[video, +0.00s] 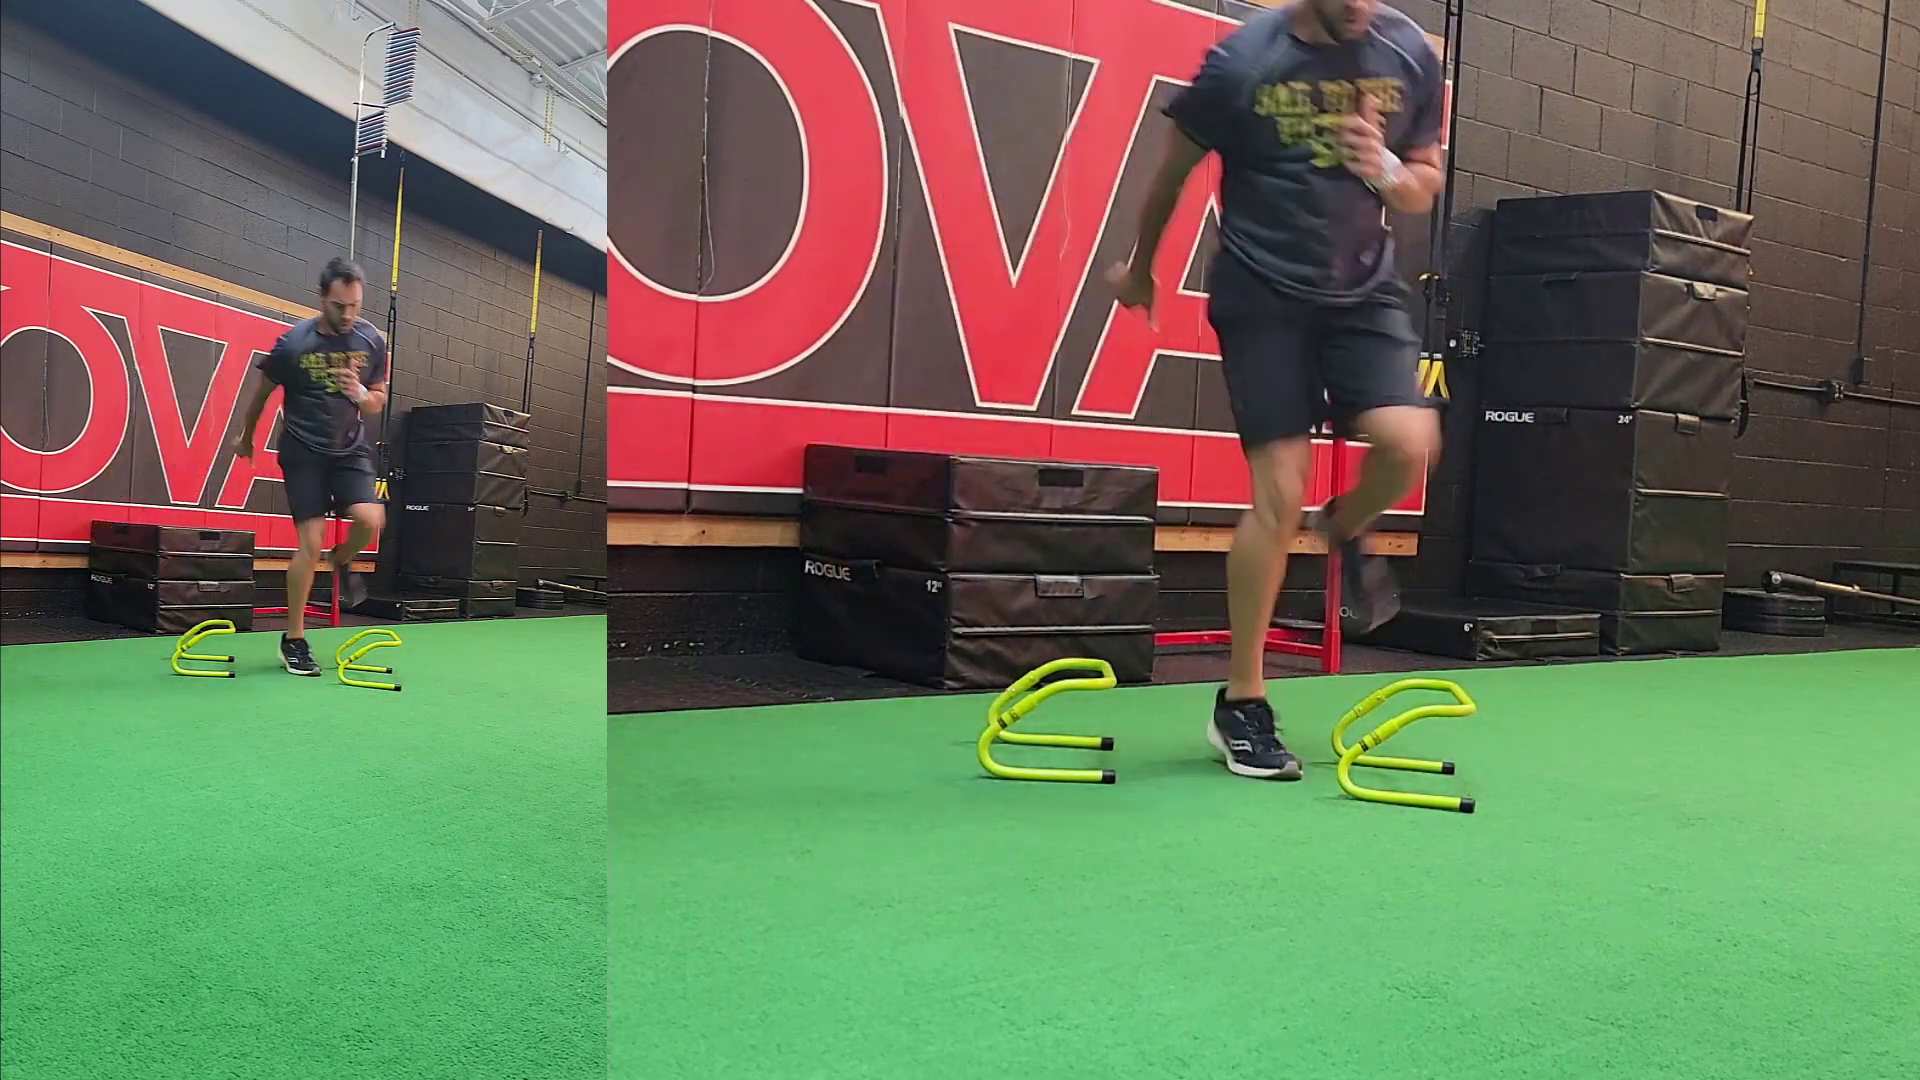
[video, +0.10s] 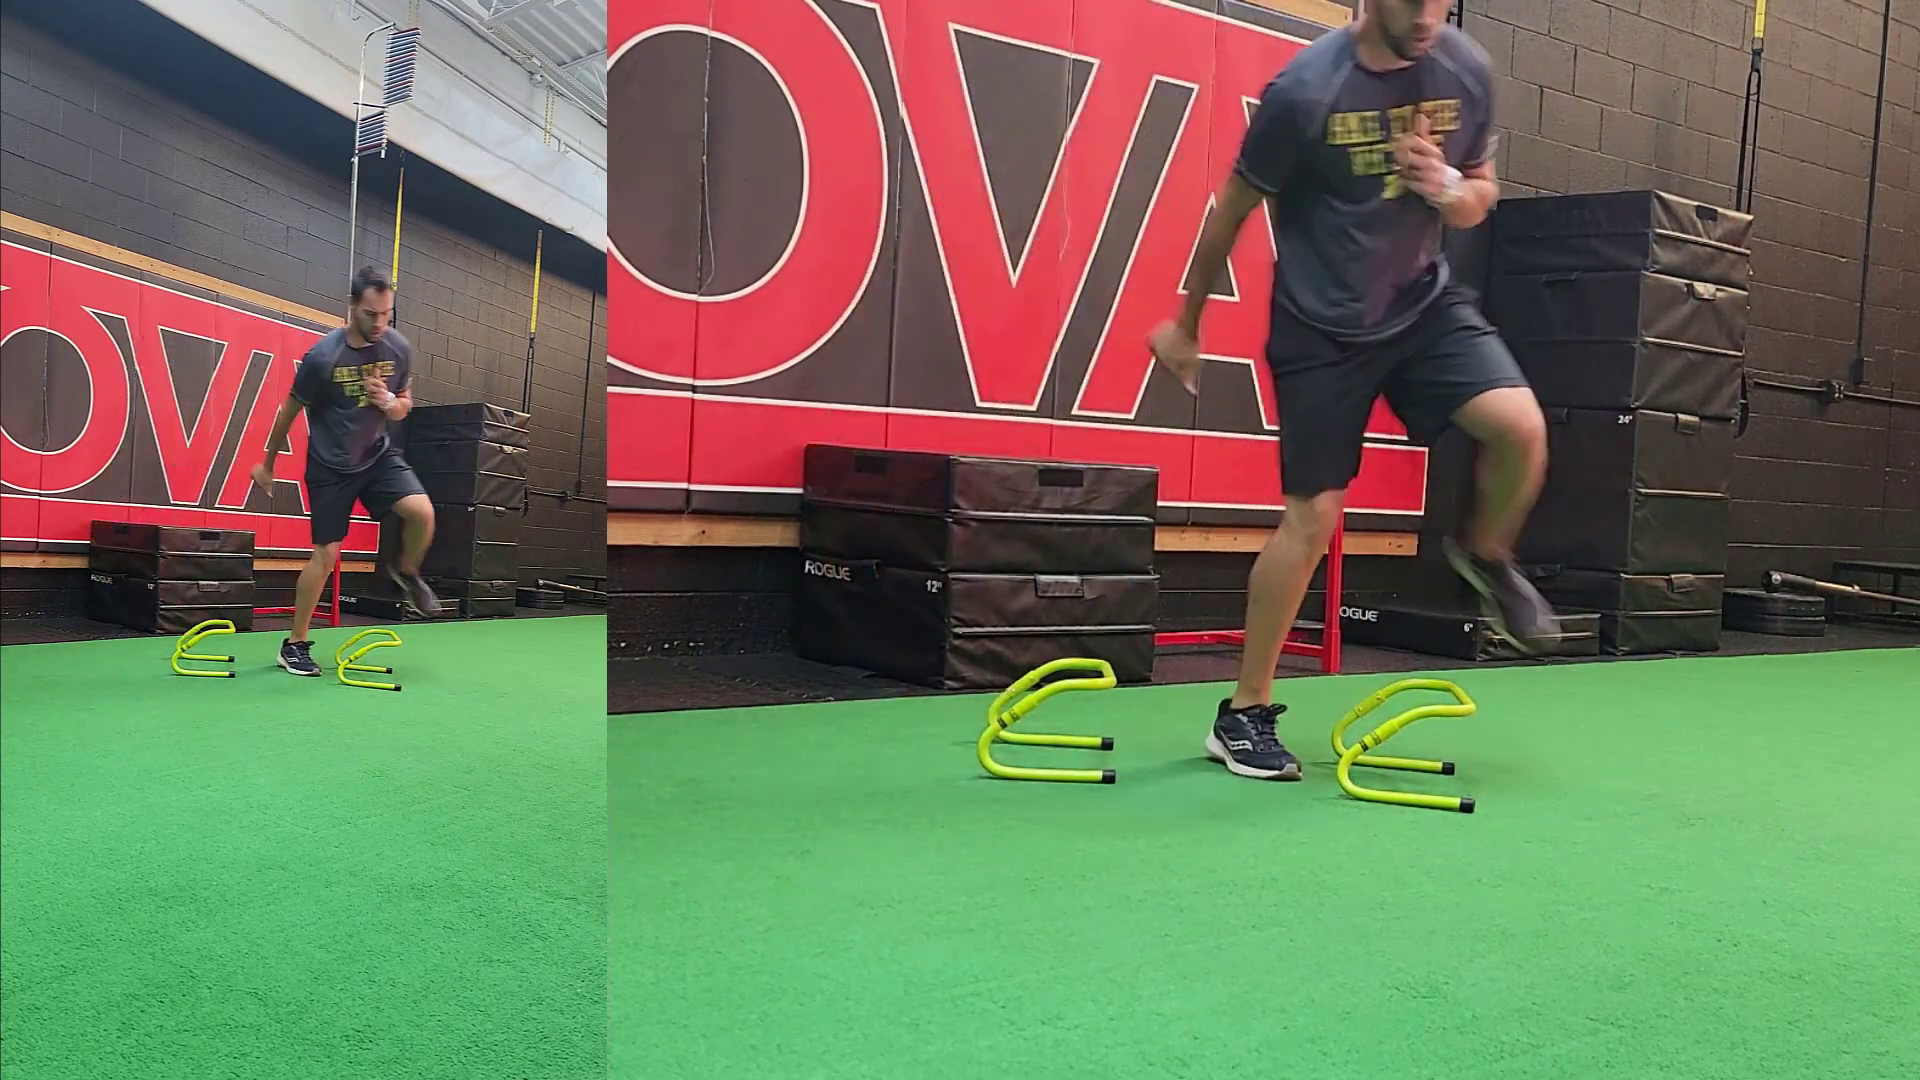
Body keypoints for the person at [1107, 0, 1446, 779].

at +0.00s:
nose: (1365, 5)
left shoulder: (1413, 56)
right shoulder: (1242, 62)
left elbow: (1427, 189)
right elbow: (1172, 167)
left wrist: (1390, 174)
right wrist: (1140, 266)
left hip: (1369, 293)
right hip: (1264, 296)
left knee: (1409, 448)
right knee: (1281, 500)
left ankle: (1338, 531)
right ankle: (1243, 701)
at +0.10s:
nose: (1430, 17)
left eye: (1441, 3)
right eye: (1413, 3)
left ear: (1452, 3)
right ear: (1367, 0)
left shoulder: (1467, 70)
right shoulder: (1303, 94)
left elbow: (1479, 201)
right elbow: (1233, 202)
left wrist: (1447, 187)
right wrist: (1184, 320)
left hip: (1427, 308)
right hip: (1323, 330)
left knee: (1520, 427)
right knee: (1311, 522)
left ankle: (1486, 555)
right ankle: (1247, 711)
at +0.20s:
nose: (1489, 27)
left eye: (1501, 12)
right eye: (1472, 10)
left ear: (1514, 11)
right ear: (1432, 6)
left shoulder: (1528, 66)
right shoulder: (1363, 93)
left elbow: (1538, 174)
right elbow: (1305, 224)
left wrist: (1536, 246)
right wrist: (1307, 365)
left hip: (1487, 297)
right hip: (1385, 307)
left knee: (1554, 465)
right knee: (1393, 471)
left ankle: (1611, 656)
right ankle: (1293, 639)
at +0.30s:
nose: (1552, 80)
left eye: (1565, 61)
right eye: (1532, 62)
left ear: (1578, 44)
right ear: (1488, 45)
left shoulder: (1589, 121)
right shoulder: (1426, 144)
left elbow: (1603, 227)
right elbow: (1379, 284)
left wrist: (1615, 342)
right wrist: (1465, 343)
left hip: (1552, 341)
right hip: (1445, 340)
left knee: (1587, 519)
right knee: (1481, 480)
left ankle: (1632, 716)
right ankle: (1435, 494)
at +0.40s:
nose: (1604, 148)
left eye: (1617, 129)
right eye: (1587, 128)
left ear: (1630, 114)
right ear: (1546, 104)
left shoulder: (1641, 172)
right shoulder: (1478, 197)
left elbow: (1650, 251)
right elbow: (1460, 356)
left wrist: (1639, 326)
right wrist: (1562, 307)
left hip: (1593, 385)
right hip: (1487, 389)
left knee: (1631, 533)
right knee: (1542, 507)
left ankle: (1640, 725)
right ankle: (1543, 542)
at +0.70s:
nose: (1645, 176)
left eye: (1663, 157)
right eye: (1628, 155)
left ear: (1680, 139)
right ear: (1592, 130)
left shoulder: (1692, 197)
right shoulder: (1524, 220)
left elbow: (1692, 251)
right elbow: (1474, 364)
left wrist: (1674, 297)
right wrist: (1586, 365)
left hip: (1627, 386)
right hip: (1524, 393)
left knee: (1660, 541)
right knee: (1602, 516)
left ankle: (1642, 725)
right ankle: (1595, 586)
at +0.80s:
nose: (1635, 162)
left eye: (1653, 145)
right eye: (1620, 140)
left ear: (1675, 134)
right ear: (1589, 120)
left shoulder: (1685, 212)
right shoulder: (1515, 203)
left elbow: (1694, 306)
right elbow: (1437, 319)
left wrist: (1698, 399)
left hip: (1617, 393)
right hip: (1515, 383)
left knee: (1654, 543)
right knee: (1568, 500)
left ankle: (1641, 727)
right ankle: (1563, 571)